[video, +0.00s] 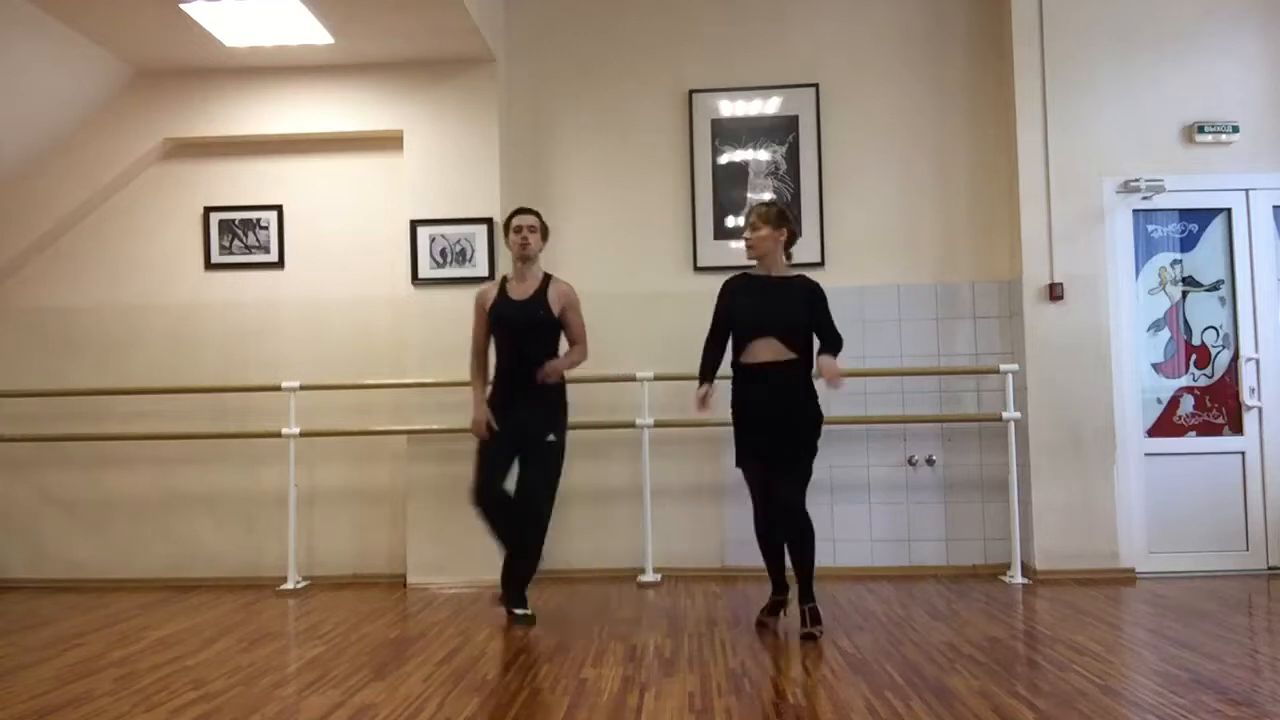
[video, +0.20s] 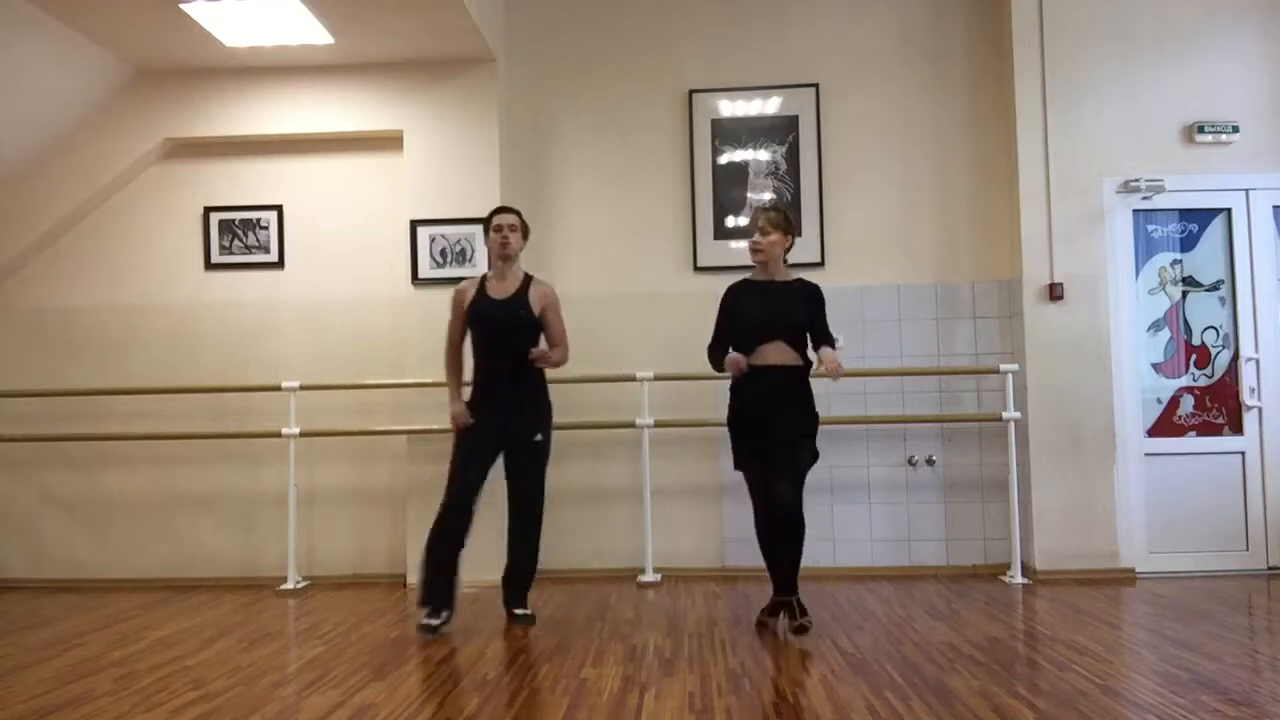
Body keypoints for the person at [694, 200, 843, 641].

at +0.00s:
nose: (747, 236)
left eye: (756, 229)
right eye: (746, 229)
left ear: (782, 234)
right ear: (750, 236)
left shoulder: (806, 288)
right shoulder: (735, 286)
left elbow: (830, 336)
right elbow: (717, 337)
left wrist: (828, 357)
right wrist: (706, 379)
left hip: (796, 397)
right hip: (750, 400)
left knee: (790, 501)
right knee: (762, 501)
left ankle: (807, 599)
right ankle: (778, 589)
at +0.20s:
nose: (756, 239)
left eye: (766, 233)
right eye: (753, 233)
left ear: (787, 241)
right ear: (750, 240)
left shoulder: (807, 291)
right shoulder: (737, 293)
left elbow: (823, 340)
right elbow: (716, 351)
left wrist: (828, 354)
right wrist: (728, 359)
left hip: (793, 401)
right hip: (750, 402)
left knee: (788, 498)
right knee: (764, 502)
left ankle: (788, 596)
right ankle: (782, 594)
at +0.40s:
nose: (774, 236)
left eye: (782, 229)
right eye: (767, 229)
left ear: (793, 239)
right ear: (756, 238)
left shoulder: (809, 292)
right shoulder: (738, 292)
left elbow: (821, 350)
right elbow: (713, 352)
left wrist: (775, 351)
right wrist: (731, 352)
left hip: (804, 413)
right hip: (755, 414)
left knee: (797, 509)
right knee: (753, 504)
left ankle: (794, 600)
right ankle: (767, 578)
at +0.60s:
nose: (775, 233)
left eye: (783, 226)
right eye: (768, 226)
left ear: (794, 236)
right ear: (758, 236)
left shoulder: (810, 291)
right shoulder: (737, 289)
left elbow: (822, 354)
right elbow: (716, 340)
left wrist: (802, 337)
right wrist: (728, 356)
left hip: (803, 406)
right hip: (756, 407)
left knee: (798, 506)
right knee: (763, 499)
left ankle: (794, 601)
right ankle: (768, 598)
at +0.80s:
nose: (773, 228)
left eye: (780, 221)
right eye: (766, 222)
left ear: (792, 231)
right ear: (754, 232)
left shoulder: (810, 287)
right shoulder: (736, 285)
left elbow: (826, 343)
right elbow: (713, 343)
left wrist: (813, 339)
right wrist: (752, 346)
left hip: (799, 410)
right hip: (751, 410)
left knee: (798, 508)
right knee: (761, 507)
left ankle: (796, 600)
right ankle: (769, 605)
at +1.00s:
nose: (769, 230)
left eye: (776, 223)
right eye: (761, 223)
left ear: (789, 233)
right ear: (751, 234)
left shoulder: (810, 285)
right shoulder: (738, 291)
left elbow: (831, 337)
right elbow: (726, 357)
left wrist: (815, 339)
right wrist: (753, 349)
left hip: (792, 412)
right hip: (745, 414)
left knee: (787, 510)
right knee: (756, 511)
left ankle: (795, 606)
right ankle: (771, 607)